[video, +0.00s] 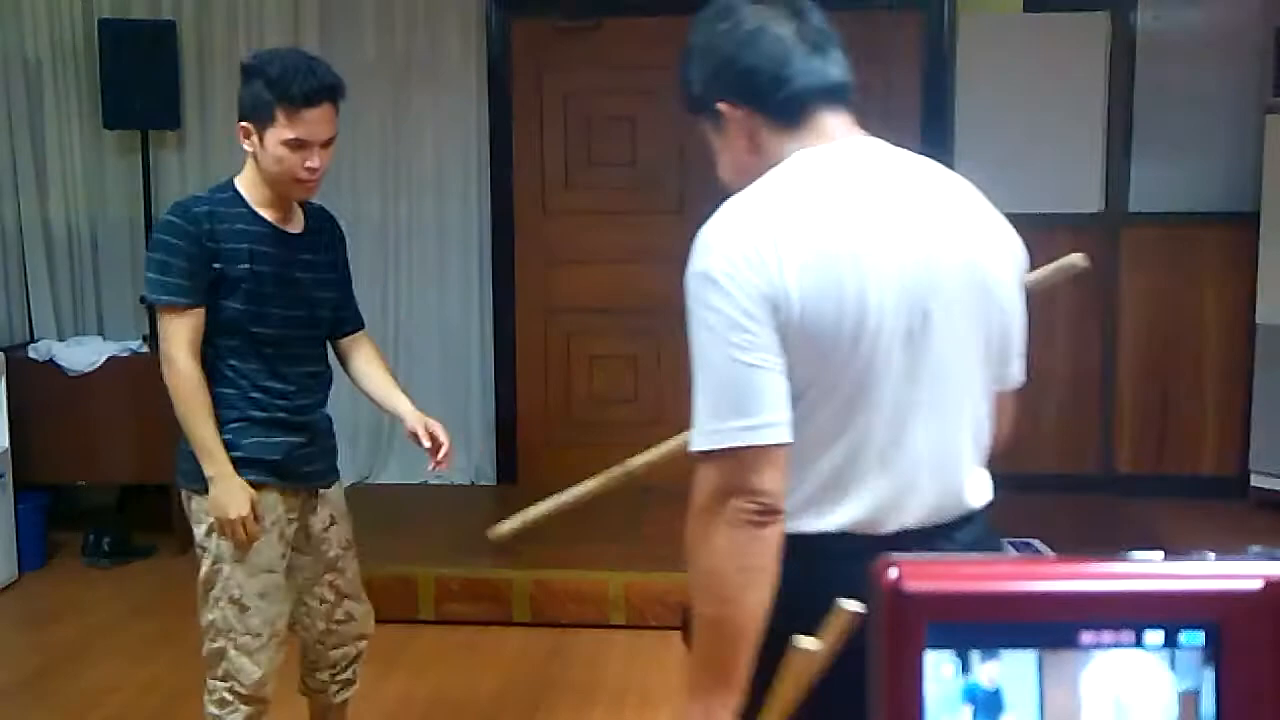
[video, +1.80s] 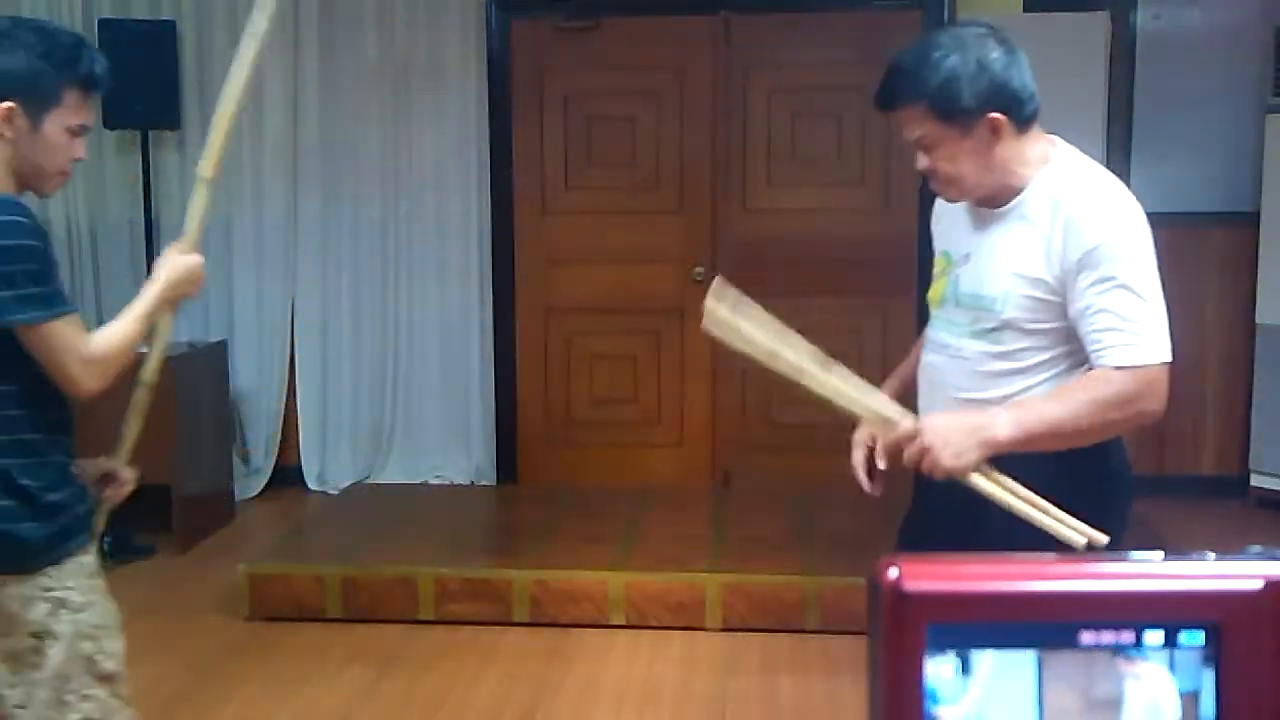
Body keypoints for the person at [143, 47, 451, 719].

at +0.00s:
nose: (315, 162)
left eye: (326, 144)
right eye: (297, 146)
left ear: (337, 135)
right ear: (249, 136)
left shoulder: (324, 232)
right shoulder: (194, 225)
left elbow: (351, 341)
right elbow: (178, 359)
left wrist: (407, 412)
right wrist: (221, 477)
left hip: (317, 478)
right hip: (236, 482)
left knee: (340, 646)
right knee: (243, 671)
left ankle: (330, 717)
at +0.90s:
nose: (315, 156)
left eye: (322, 137)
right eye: (301, 135)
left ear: (324, 127)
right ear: (239, 121)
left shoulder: (283, 231)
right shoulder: (161, 221)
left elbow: (298, 362)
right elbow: (146, 374)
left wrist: (373, 449)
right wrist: (275, 457)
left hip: (282, 511)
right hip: (199, 521)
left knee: (304, 699)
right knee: (224, 707)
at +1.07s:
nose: (282, 158)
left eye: (288, 139)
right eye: (271, 136)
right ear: (206, 121)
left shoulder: (213, 227)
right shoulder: (146, 221)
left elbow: (222, 371)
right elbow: (169, 385)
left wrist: (312, 435)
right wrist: (311, 431)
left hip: (221, 518)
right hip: (166, 531)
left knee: (272, 702)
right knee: (200, 708)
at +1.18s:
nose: (259, 150)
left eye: (263, 132)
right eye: (248, 129)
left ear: (185, 120)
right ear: (183, 116)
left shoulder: (169, 221)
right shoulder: (135, 218)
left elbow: (196, 374)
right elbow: (185, 381)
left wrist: (281, 440)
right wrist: (323, 396)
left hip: (181, 528)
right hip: (157, 537)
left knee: (218, 698)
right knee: (206, 702)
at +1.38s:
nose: (204, 144)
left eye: (208, 125)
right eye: (198, 122)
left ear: (136, 110)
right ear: (137, 108)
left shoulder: (69, 209)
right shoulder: (118, 220)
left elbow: (104, 389)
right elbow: (216, 370)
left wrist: (210, 429)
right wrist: (313, 338)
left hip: (88, 525)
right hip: (145, 536)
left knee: (123, 705)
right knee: (181, 708)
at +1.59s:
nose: (141, 148)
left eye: (145, 130)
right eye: (135, 127)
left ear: (68, 115)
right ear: (72, 115)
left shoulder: (9, 212)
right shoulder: (70, 226)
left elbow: (32, 398)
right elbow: (181, 361)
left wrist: (142, 451)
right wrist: (256, 292)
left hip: (18, 537)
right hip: (99, 545)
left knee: (32, 710)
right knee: (152, 705)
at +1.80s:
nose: (81, 153)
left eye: (86, 134)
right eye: (72, 132)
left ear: (15, 126)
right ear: (12, 122)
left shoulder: (12, 222)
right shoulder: (8, 223)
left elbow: (5, 408)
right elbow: (85, 372)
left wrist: (74, 473)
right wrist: (160, 290)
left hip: (30, 533)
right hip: (32, 539)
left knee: (47, 701)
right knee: (75, 704)